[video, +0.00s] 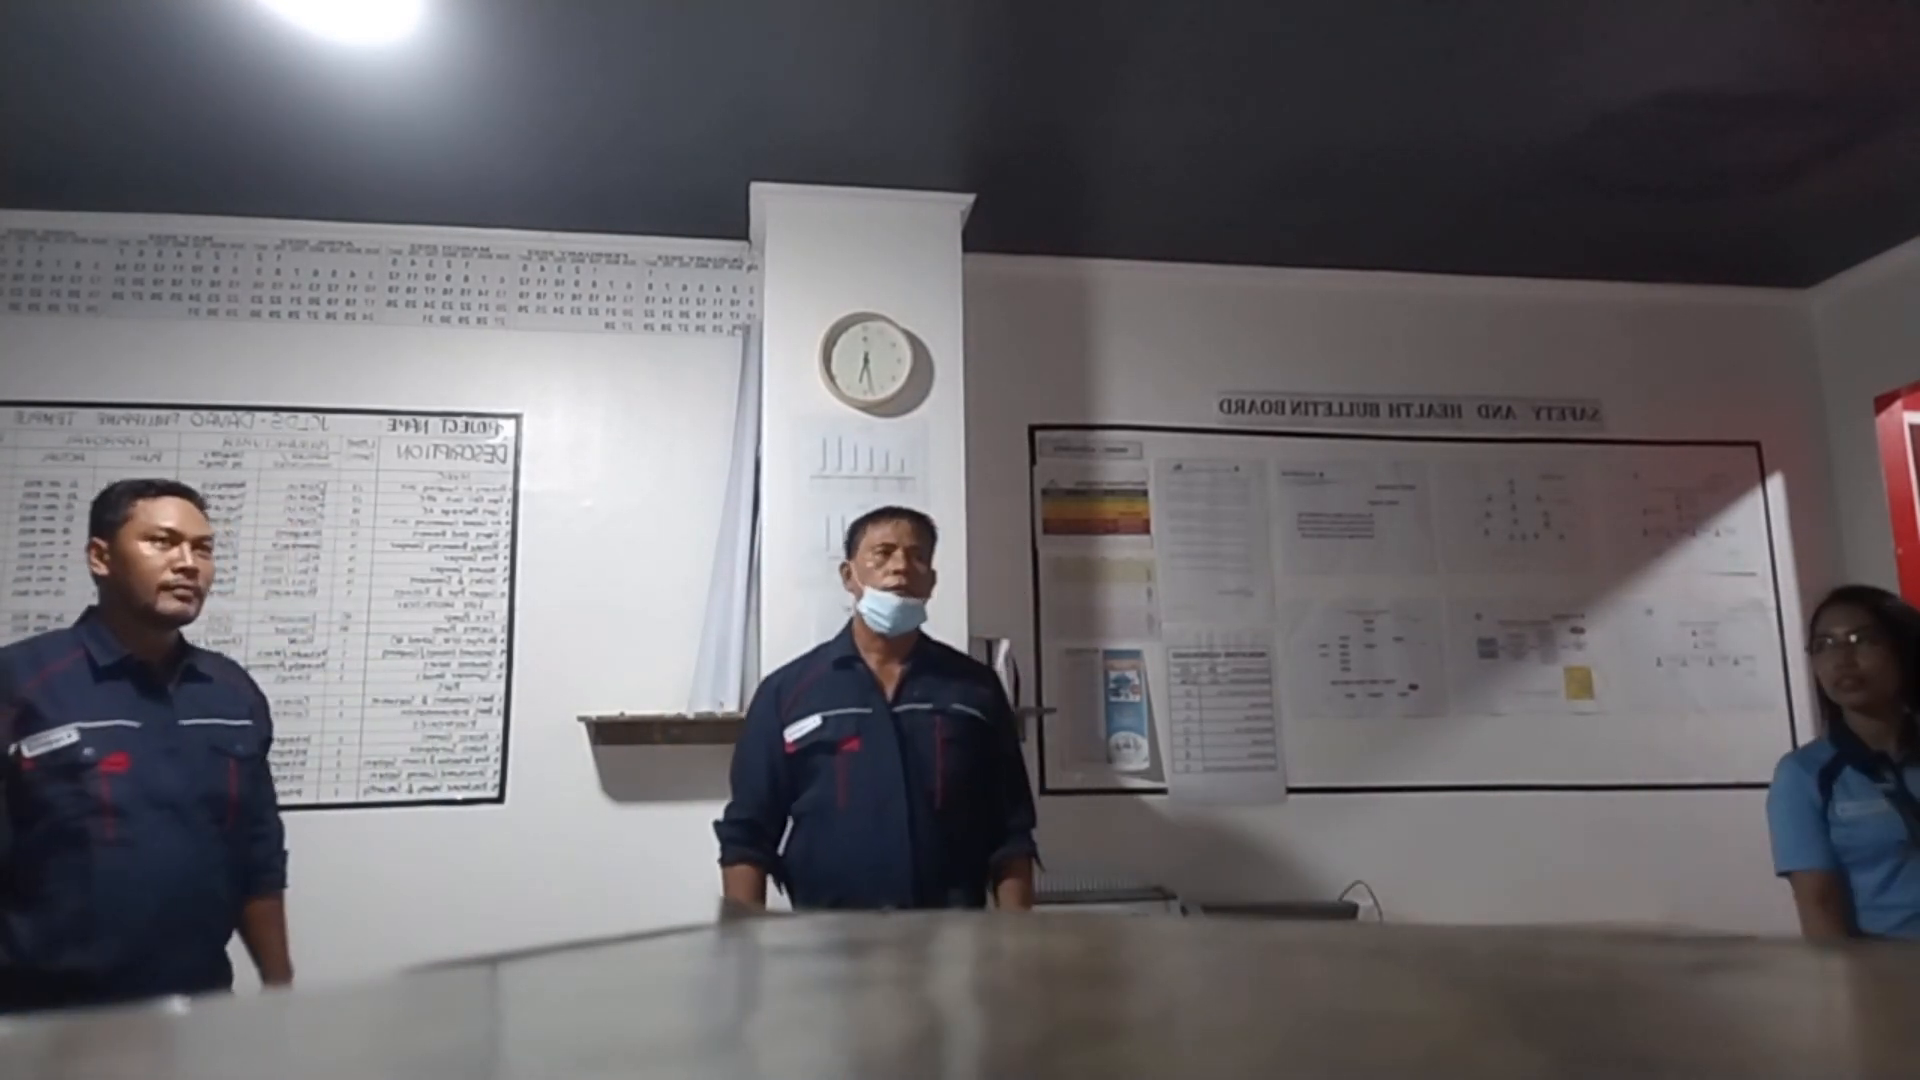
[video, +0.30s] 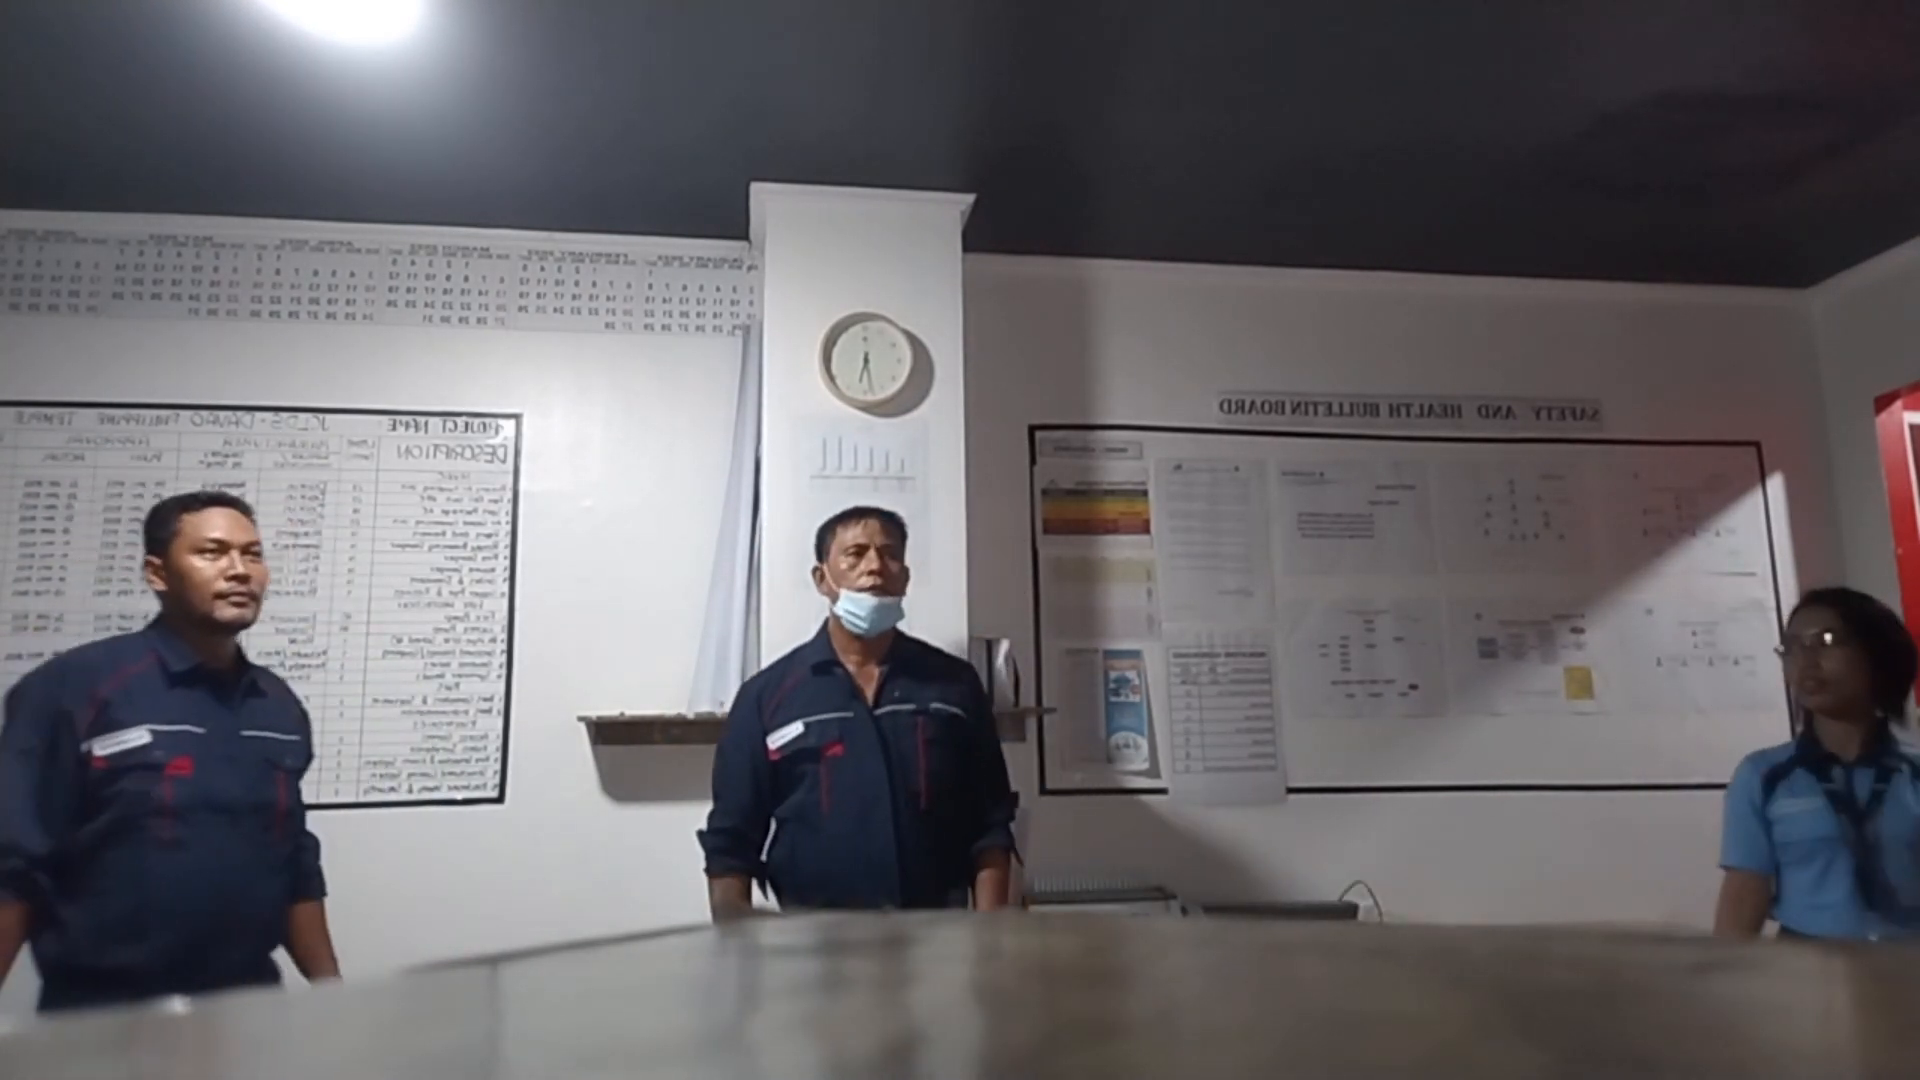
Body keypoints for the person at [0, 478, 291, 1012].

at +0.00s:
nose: (190, 563)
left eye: (202, 547)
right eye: (163, 541)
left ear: (213, 564)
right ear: (100, 558)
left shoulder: (234, 693)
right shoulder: (18, 681)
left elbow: (256, 857)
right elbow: (9, 850)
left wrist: (281, 988)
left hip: (193, 1014)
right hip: (46, 1020)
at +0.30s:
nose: (240, 570)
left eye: (252, 554)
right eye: (212, 552)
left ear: (266, 570)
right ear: (158, 573)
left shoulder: (281, 709)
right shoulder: (63, 695)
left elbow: (292, 862)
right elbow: (16, 877)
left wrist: (333, 997)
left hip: (243, 1017)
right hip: (99, 1022)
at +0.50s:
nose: (294, 575)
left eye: (308, 560)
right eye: (269, 557)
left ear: (322, 578)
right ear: (219, 576)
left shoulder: (340, 714)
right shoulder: (127, 689)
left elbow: (344, 880)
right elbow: (65, 852)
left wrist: (348, 1002)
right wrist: (30, 1002)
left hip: (301, 1018)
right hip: (161, 1018)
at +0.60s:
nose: (319, 578)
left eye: (335, 566)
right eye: (297, 560)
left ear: (348, 588)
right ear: (248, 578)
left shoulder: (363, 716)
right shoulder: (154, 687)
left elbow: (372, 879)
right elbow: (92, 838)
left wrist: (374, 997)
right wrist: (76, 981)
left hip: (323, 1012)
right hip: (183, 1012)